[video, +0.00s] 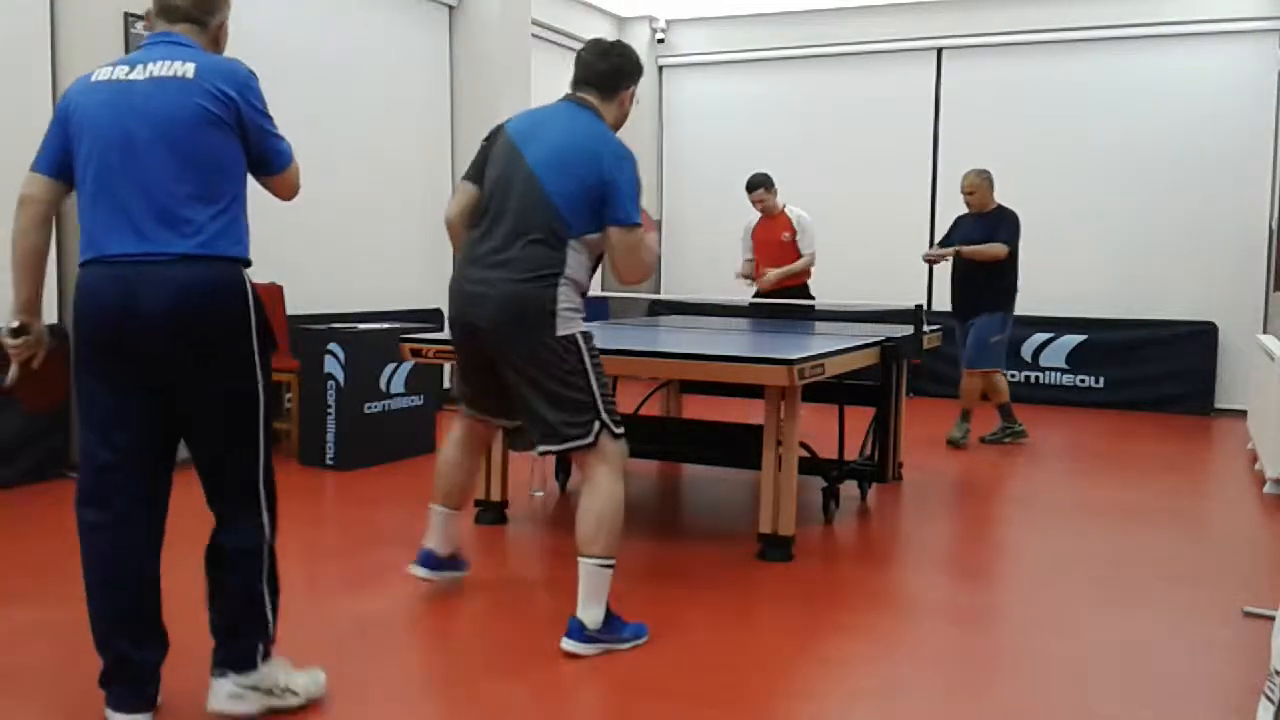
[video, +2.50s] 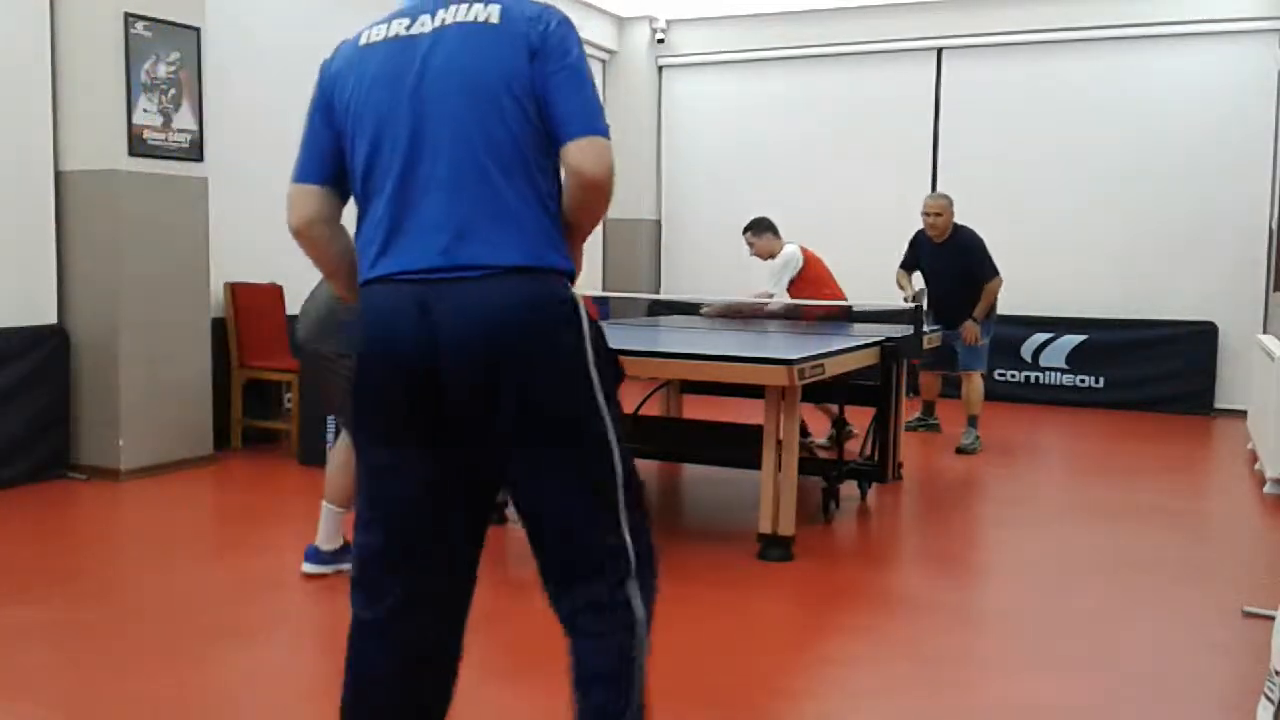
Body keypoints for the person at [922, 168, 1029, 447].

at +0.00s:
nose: (966, 199)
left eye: (971, 193)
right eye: (964, 194)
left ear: (989, 191)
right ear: (963, 193)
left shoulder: (1006, 219)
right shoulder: (962, 221)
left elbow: (1000, 251)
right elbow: (945, 246)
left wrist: (958, 251)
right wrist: (934, 255)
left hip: (994, 308)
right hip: (966, 307)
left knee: (971, 365)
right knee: (987, 367)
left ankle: (963, 424)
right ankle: (1011, 423)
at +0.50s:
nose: (936, 194)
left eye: (942, 188)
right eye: (931, 189)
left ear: (956, 189)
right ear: (927, 191)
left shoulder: (973, 219)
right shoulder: (929, 221)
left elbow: (990, 257)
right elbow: (922, 252)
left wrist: (963, 284)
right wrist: (904, 262)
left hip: (967, 307)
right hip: (935, 306)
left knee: (960, 366)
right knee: (922, 359)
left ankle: (958, 425)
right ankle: (920, 416)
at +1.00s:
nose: (913, 195)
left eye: (920, 189)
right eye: (908, 190)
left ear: (933, 192)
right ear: (902, 195)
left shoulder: (954, 220)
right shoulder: (900, 228)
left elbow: (978, 255)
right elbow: (887, 261)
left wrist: (970, 291)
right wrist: (890, 269)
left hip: (950, 306)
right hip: (914, 307)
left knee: (956, 364)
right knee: (909, 363)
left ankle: (966, 424)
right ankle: (909, 418)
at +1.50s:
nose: (942, 207)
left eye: (948, 201)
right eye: (937, 201)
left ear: (960, 202)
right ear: (931, 202)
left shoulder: (974, 231)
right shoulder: (927, 226)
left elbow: (992, 275)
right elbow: (915, 258)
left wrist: (978, 316)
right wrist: (916, 273)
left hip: (967, 315)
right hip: (935, 313)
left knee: (967, 372)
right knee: (923, 363)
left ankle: (971, 430)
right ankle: (917, 412)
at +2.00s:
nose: (929, 211)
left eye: (936, 205)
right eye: (924, 205)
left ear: (949, 206)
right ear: (920, 207)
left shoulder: (967, 234)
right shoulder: (921, 235)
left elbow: (987, 277)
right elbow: (910, 268)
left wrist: (971, 317)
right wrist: (911, 286)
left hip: (968, 315)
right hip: (936, 314)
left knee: (968, 371)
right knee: (929, 366)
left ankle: (972, 430)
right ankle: (927, 415)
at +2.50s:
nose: (930, 221)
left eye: (937, 216)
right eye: (926, 215)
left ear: (951, 216)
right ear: (921, 215)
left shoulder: (968, 240)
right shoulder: (920, 240)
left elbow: (994, 281)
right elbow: (903, 272)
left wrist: (975, 320)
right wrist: (908, 289)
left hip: (970, 319)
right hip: (937, 317)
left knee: (970, 371)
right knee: (928, 366)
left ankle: (972, 431)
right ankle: (927, 415)